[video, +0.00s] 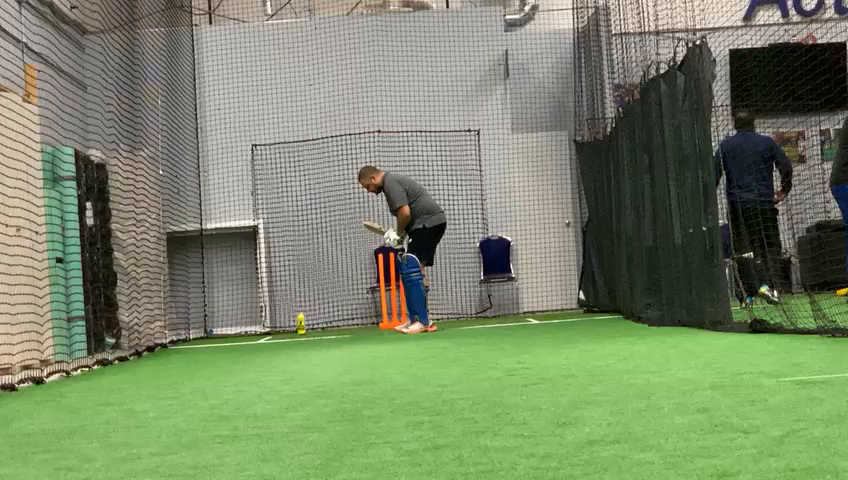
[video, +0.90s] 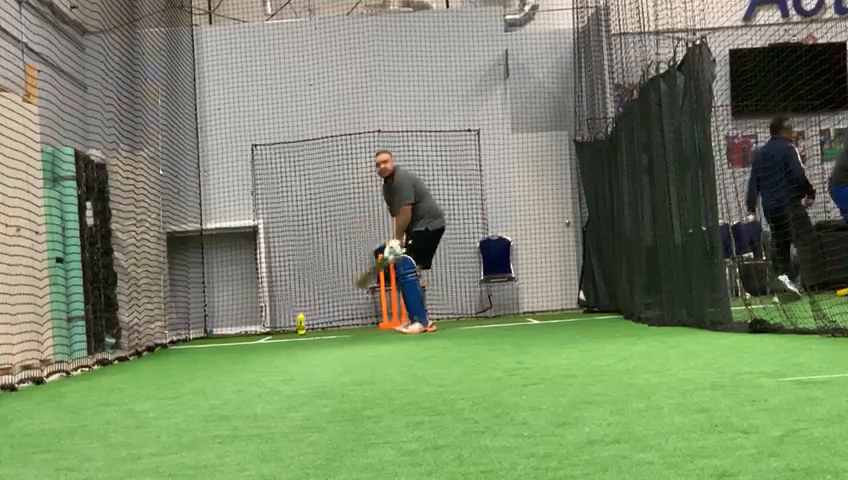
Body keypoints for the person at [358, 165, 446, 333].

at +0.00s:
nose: (368, 191)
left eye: (367, 186)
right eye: (366, 188)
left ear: (374, 178)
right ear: (374, 178)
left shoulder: (390, 182)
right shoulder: (390, 182)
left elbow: (404, 213)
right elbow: (403, 213)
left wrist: (399, 233)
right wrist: (398, 233)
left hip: (428, 223)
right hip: (425, 223)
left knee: (415, 269)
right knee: (413, 269)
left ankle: (422, 320)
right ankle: (416, 318)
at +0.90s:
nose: (382, 167)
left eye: (385, 162)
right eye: (378, 164)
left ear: (393, 162)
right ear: (376, 168)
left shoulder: (402, 179)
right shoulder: (387, 186)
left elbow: (406, 212)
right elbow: (397, 215)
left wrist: (397, 238)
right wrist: (400, 238)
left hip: (429, 225)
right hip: (416, 227)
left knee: (413, 269)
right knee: (410, 269)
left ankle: (421, 319)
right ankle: (419, 317)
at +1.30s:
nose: (398, 148)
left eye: (402, 145)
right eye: (395, 145)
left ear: (408, 148)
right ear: (390, 149)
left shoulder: (415, 169)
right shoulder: (391, 172)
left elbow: (413, 200)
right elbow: (397, 201)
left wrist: (394, 218)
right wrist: (388, 218)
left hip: (418, 225)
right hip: (403, 225)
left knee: (407, 268)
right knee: (397, 268)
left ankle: (420, 319)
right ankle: (414, 318)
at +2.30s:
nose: (396, 150)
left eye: (400, 147)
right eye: (392, 147)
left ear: (406, 149)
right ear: (387, 149)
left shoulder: (410, 170)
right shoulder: (390, 172)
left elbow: (412, 201)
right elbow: (397, 202)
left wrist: (393, 220)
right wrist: (388, 219)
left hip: (421, 226)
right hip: (406, 227)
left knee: (410, 270)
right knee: (400, 270)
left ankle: (420, 320)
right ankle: (411, 318)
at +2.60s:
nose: (385, 165)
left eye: (389, 161)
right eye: (381, 162)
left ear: (396, 162)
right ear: (377, 166)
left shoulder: (402, 182)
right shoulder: (384, 186)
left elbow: (402, 217)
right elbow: (393, 216)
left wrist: (392, 244)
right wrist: (395, 241)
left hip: (429, 227)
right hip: (415, 229)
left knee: (405, 266)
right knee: (399, 266)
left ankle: (420, 320)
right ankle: (415, 318)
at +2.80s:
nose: (386, 172)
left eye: (389, 168)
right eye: (382, 169)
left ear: (397, 169)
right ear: (378, 173)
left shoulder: (403, 188)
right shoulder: (384, 197)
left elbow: (404, 223)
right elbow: (394, 225)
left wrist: (396, 250)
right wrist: (395, 248)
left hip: (432, 230)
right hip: (418, 231)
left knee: (405, 268)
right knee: (401, 268)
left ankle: (420, 321)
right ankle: (415, 319)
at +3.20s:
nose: (391, 164)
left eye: (395, 160)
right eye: (387, 161)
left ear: (401, 162)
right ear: (382, 164)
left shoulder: (408, 183)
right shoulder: (387, 184)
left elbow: (408, 217)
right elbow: (397, 211)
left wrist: (393, 231)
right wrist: (390, 224)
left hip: (428, 229)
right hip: (413, 229)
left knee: (405, 269)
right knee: (399, 268)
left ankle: (420, 320)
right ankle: (413, 318)